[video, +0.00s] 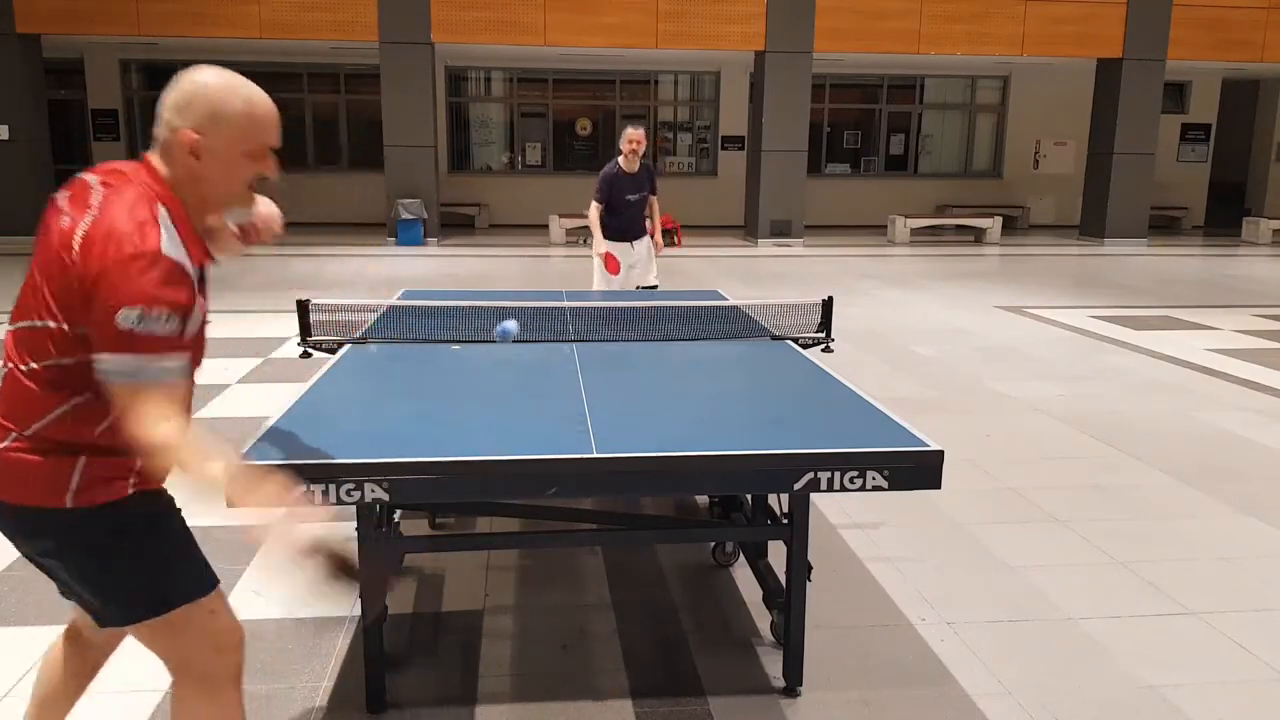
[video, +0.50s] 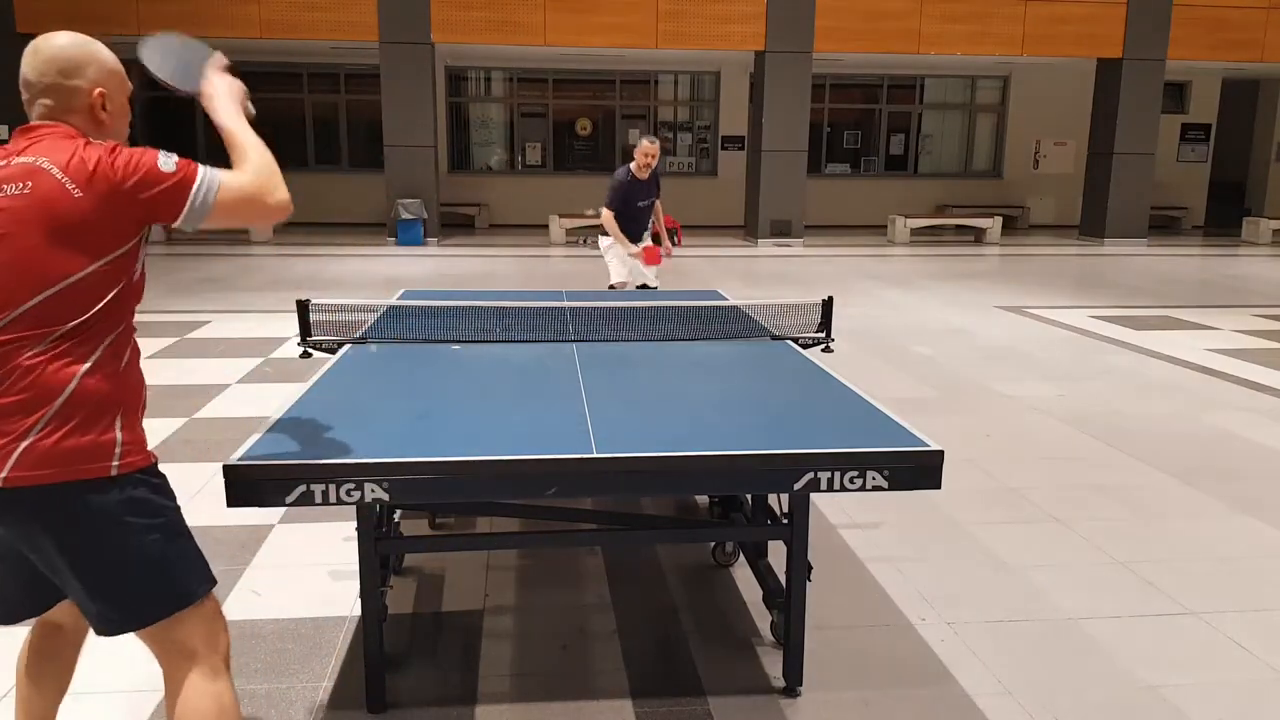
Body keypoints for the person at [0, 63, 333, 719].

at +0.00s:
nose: (270, 171)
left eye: (273, 153)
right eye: (260, 152)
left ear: (189, 145)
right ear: (194, 147)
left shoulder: (102, 184)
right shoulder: (144, 248)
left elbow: (163, 228)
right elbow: (152, 424)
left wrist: (223, 227)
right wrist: (247, 485)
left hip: (28, 462)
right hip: (83, 481)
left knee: (103, 615)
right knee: (210, 649)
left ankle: (39, 716)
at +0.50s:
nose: (128, 114)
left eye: (126, 100)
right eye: (124, 100)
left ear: (34, 101)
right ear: (99, 101)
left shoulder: (4, 162)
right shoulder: (106, 171)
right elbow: (269, 197)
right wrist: (228, 110)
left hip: (6, 462)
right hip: (85, 463)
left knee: (58, 617)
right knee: (197, 651)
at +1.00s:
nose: (280, 135)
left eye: (278, 121)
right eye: (278, 121)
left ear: (181, 119)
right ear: (256, 128)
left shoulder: (97, 181)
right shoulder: (221, 223)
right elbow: (283, 388)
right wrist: (354, 349)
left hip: (31, 476)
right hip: (134, 489)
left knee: (96, 633)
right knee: (266, 653)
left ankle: (59, 719)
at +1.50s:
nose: (404, 243)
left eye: (410, 228)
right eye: (406, 228)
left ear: (309, 194)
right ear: (370, 226)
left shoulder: (258, 231)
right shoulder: (254, 321)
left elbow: (349, 330)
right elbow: (178, 507)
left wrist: (387, 310)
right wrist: (293, 612)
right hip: (111, 525)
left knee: (144, 637)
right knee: (303, 670)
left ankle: (70, 716)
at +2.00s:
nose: (201, 80)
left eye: (203, 64)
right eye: (197, 63)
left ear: (88, 62)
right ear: (153, 64)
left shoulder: (31, 150)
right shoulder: (132, 139)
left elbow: (165, 224)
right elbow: (294, 75)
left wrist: (215, 150)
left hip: (41, 474)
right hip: (137, 484)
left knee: (77, 635)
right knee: (248, 675)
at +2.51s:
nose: (152, 90)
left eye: (149, 74)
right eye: (147, 74)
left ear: (49, 82)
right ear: (123, 84)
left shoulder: (6, 161)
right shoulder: (106, 186)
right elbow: (263, 307)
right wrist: (300, 213)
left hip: (9, 492)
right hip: (92, 500)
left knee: (14, 672)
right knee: (230, 674)